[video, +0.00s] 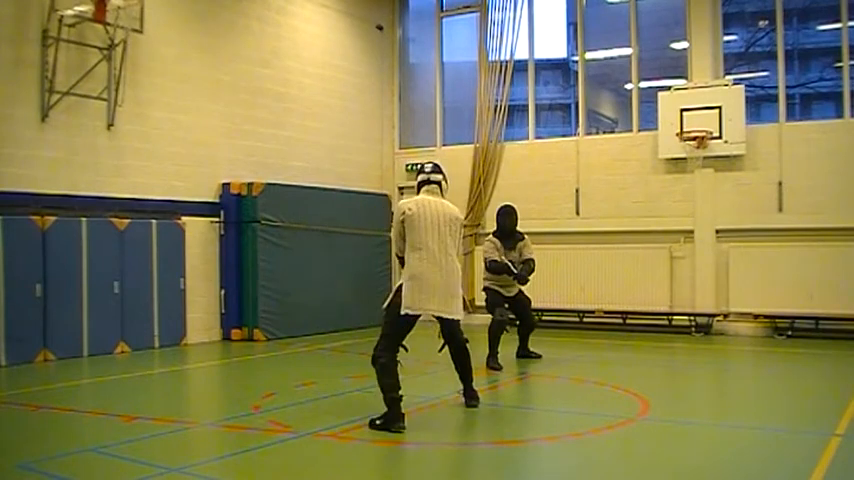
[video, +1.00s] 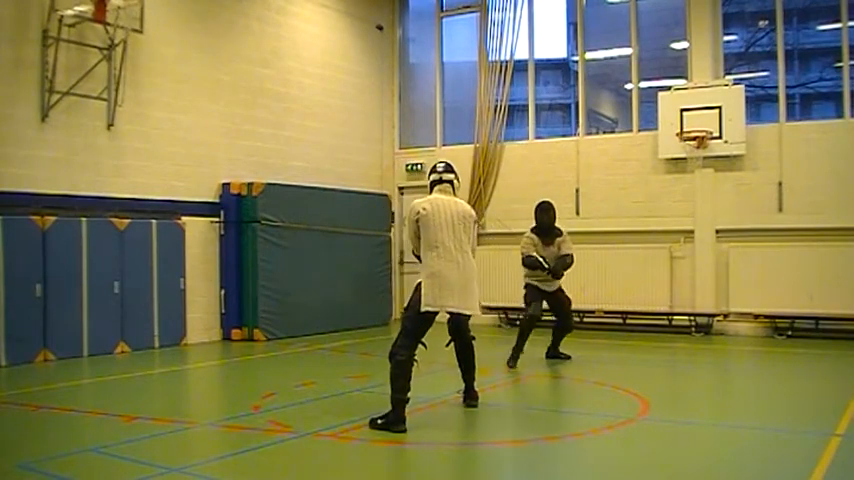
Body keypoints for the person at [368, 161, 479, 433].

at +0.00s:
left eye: (419, 184)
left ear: (418, 185)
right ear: (443, 186)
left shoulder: (404, 207)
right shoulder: (456, 213)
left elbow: (399, 252)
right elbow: (457, 253)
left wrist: (415, 275)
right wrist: (437, 275)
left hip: (413, 289)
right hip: (448, 291)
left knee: (384, 352)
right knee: (455, 340)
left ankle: (394, 414)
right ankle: (470, 392)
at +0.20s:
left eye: (415, 183)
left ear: (415, 185)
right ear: (440, 187)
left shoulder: (401, 207)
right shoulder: (453, 213)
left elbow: (397, 251)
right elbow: (454, 253)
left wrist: (414, 275)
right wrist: (433, 276)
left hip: (410, 290)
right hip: (445, 291)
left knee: (381, 352)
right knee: (455, 342)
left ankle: (393, 415)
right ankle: (469, 392)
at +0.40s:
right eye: (445, 184)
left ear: (422, 185)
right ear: (446, 185)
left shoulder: (409, 207)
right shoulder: (459, 211)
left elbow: (404, 251)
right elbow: (463, 252)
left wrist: (421, 270)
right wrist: (447, 272)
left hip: (419, 287)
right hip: (455, 288)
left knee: (390, 350)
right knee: (459, 338)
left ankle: (394, 414)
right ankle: (470, 392)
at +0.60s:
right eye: (450, 182)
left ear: (428, 184)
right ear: (453, 184)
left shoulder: (417, 207)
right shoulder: (466, 210)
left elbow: (413, 251)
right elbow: (471, 247)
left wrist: (433, 269)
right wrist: (450, 267)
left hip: (432, 285)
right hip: (464, 285)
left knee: (402, 347)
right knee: (460, 333)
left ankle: (398, 413)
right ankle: (470, 392)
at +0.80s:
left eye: (434, 181)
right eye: (451, 182)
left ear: (430, 183)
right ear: (455, 183)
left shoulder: (420, 206)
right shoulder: (468, 210)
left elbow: (416, 249)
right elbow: (473, 246)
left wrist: (437, 265)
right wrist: (451, 263)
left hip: (434, 285)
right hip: (465, 284)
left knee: (407, 347)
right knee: (462, 334)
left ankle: (398, 413)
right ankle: (471, 392)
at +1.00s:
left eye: (434, 181)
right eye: (451, 182)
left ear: (430, 182)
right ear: (455, 183)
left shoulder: (419, 206)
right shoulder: (468, 211)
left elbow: (416, 248)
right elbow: (472, 247)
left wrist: (435, 264)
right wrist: (452, 263)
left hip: (432, 285)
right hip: (463, 285)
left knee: (403, 347)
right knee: (462, 334)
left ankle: (397, 414)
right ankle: (470, 392)